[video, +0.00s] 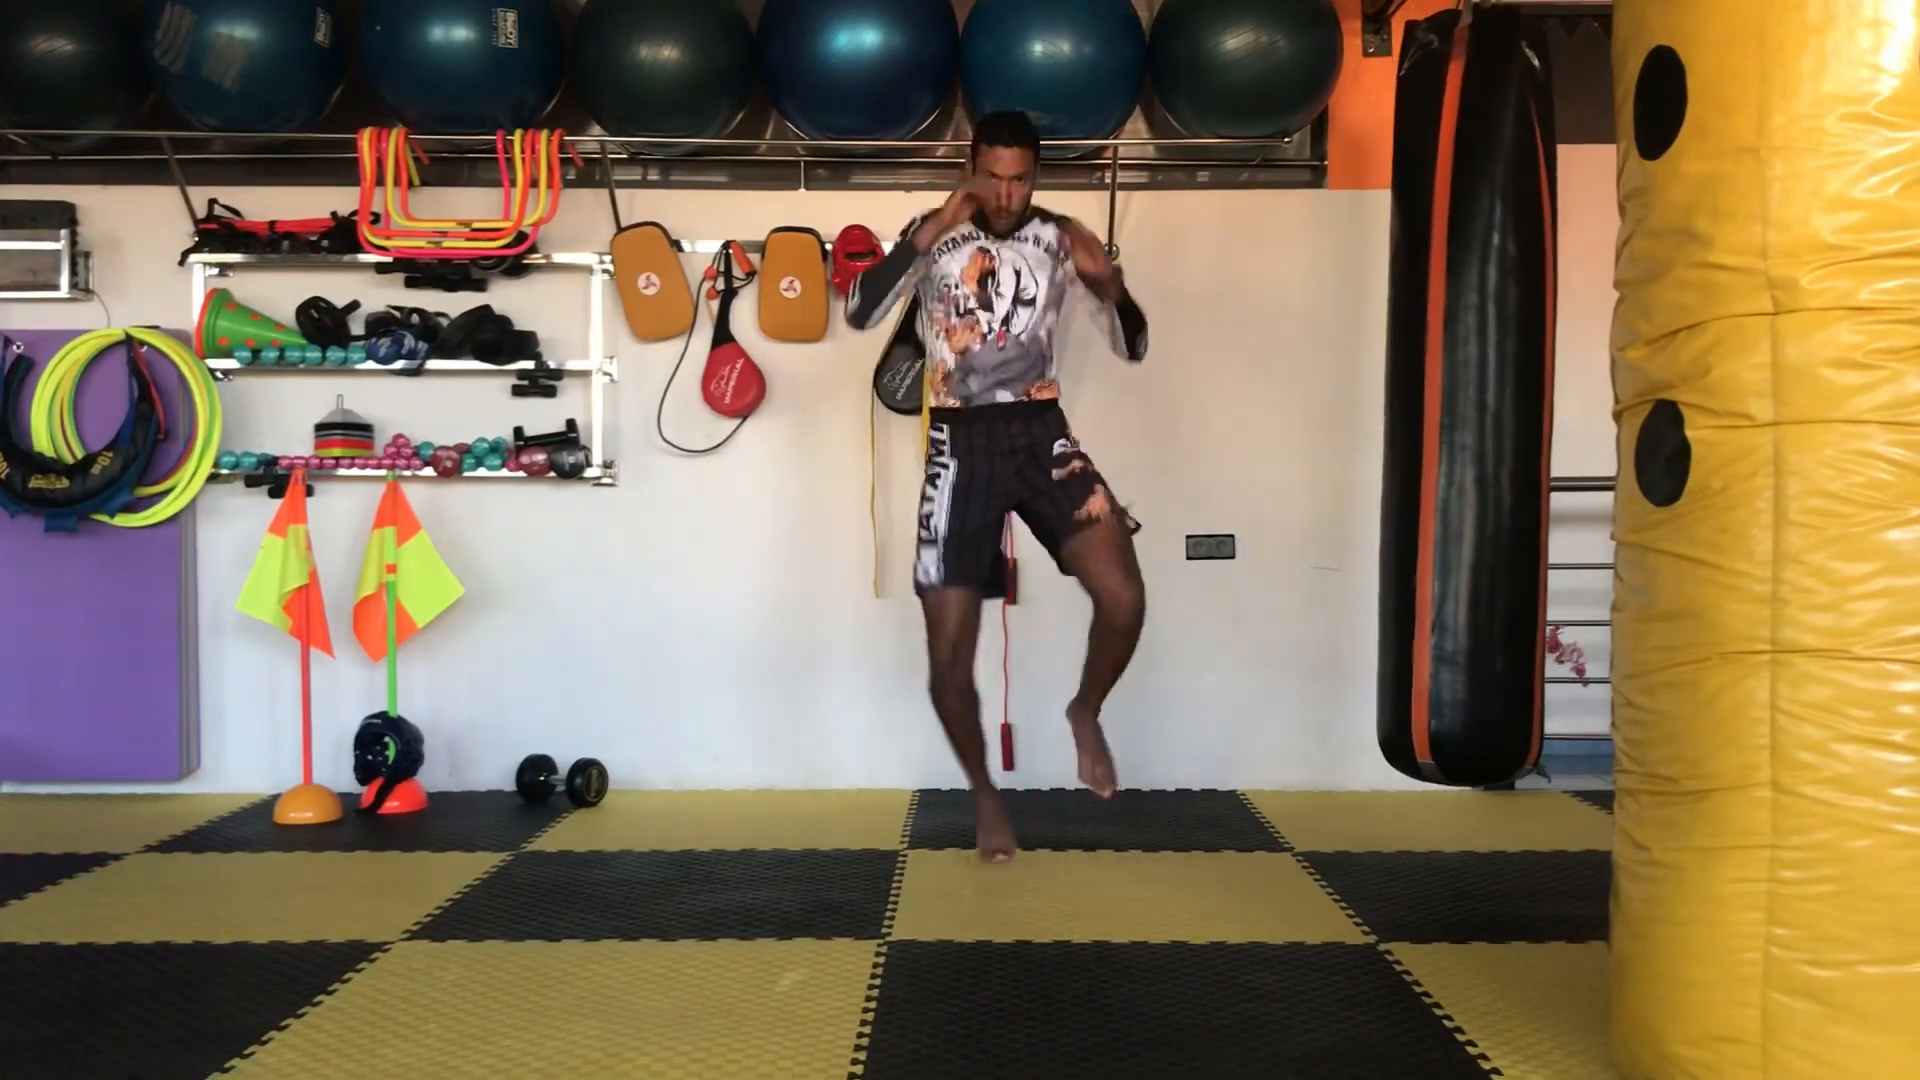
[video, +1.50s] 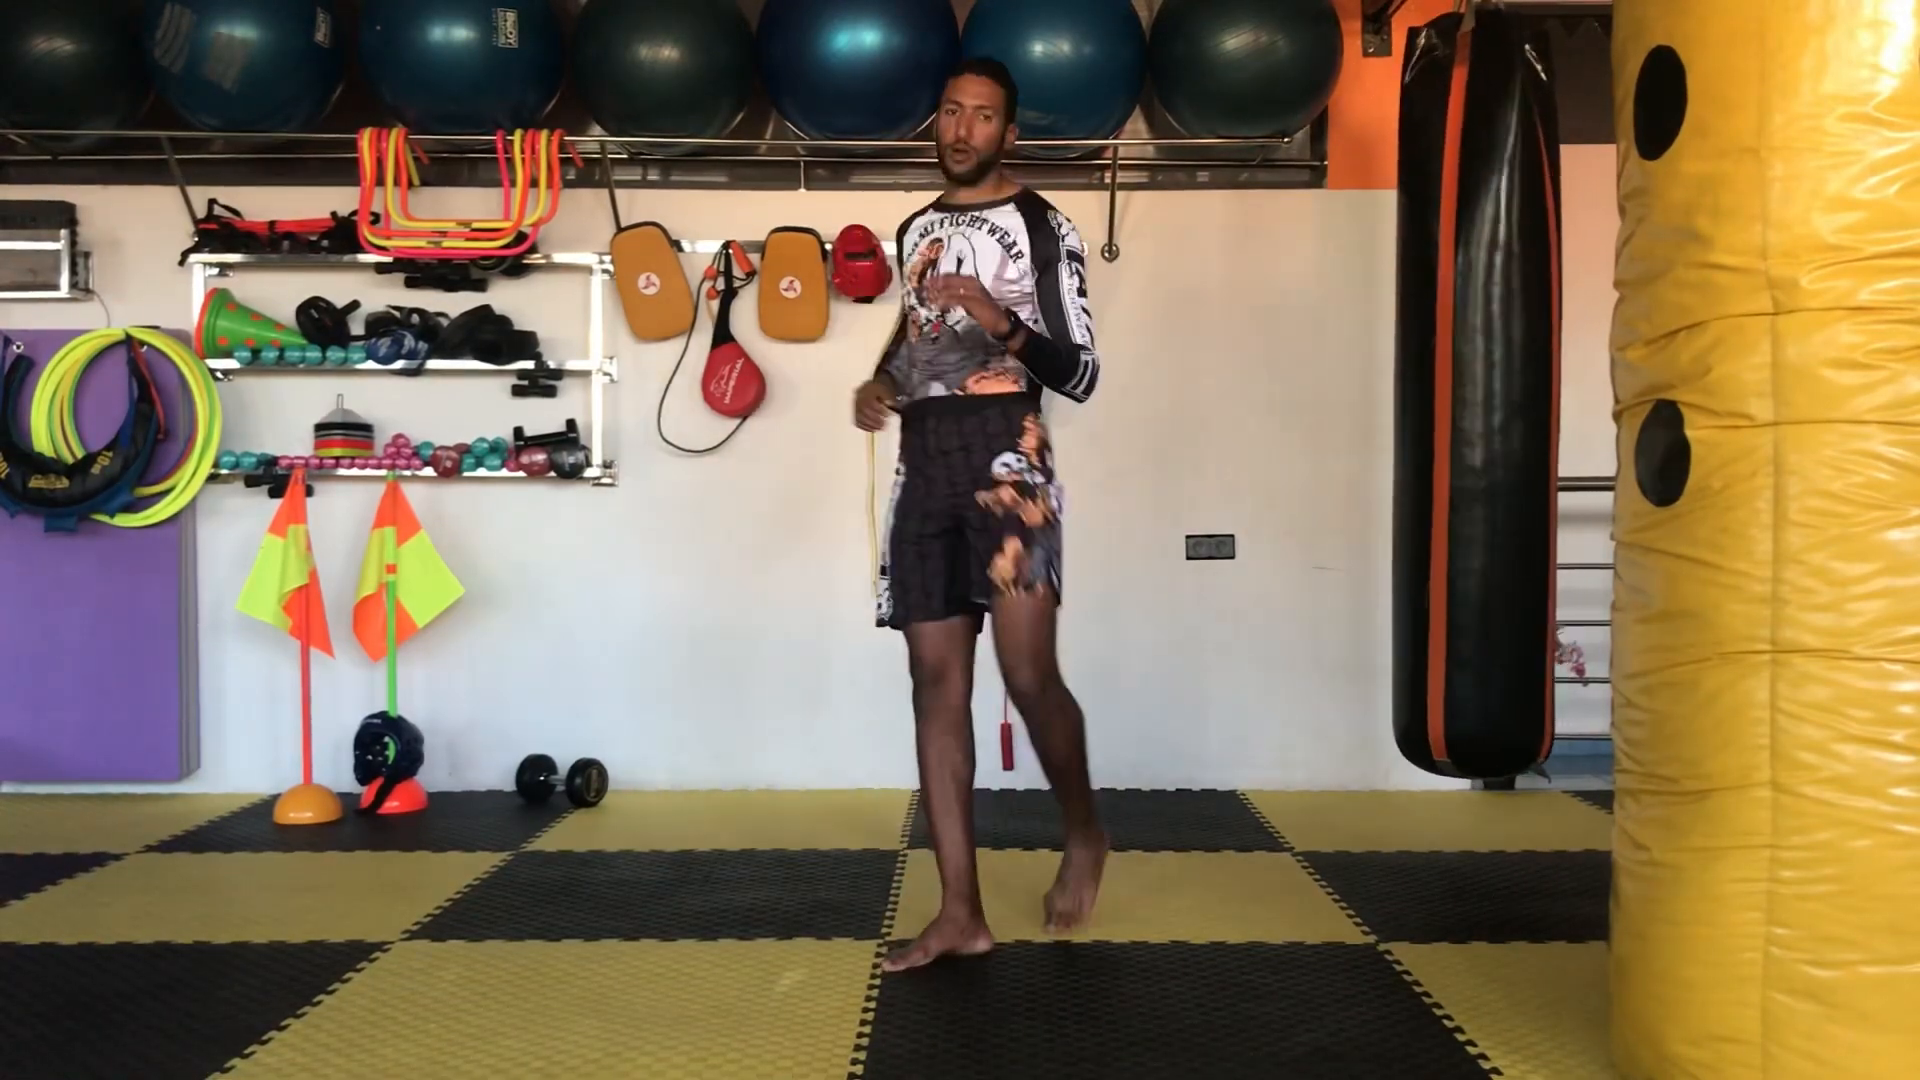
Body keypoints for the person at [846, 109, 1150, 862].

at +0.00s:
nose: (1006, 194)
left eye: (1019, 180)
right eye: (993, 180)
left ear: (1035, 176)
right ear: (971, 171)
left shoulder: (1063, 240)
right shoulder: (932, 234)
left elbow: (1132, 347)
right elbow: (862, 313)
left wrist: (1108, 285)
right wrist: (925, 236)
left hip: (1043, 436)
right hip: (959, 447)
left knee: (1125, 604)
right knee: (948, 660)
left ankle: (1084, 711)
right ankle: (984, 797)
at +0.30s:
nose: (975, 259)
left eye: (988, 244)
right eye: (963, 244)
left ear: (1014, 251)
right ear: (946, 251)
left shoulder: (1042, 316)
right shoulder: (920, 323)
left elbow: (1043, 243)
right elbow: (858, 388)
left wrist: (950, 156)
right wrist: (885, 292)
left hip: (1032, 521)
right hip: (947, 524)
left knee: (1043, 692)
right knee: (923, 679)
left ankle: (1040, 802)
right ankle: (938, 901)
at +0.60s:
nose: (965, 194)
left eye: (980, 181)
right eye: (950, 179)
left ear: (999, 179)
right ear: (928, 171)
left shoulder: (1023, 261)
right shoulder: (889, 227)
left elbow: (1055, 386)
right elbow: (888, 233)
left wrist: (1084, 393)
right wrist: (996, 216)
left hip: (988, 412)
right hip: (892, 421)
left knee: (1058, 483)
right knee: (871, 674)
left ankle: (1037, 617)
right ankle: (939, 897)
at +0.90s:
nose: (971, 192)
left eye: (987, 180)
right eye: (958, 178)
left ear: (1013, 190)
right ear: (940, 181)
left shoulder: (1027, 259)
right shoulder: (905, 234)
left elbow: (1037, 365)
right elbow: (874, 201)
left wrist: (1072, 450)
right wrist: (996, 217)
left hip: (943, 407)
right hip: (864, 438)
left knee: (952, 284)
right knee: (862, 669)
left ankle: (1034, 511)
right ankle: (932, 884)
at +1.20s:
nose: (963, 157)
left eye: (980, 143)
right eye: (952, 142)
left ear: (1011, 153)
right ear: (935, 150)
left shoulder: (1037, 249)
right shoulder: (907, 233)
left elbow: (1049, 392)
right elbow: (820, 290)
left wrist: (1015, 355)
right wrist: (895, 245)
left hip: (965, 404)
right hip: (881, 429)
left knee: (935, 450)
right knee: (900, 678)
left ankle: (1027, 652)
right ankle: (957, 906)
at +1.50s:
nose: (963, 127)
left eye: (982, 114)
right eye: (953, 110)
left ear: (1011, 129)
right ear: (936, 121)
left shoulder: (1042, 226)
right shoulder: (920, 234)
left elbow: (1080, 374)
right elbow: (916, 346)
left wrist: (994, 314)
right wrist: (880, 383)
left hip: (1006, 462)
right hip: (927, 466)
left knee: (1028, 678)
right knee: (937, 685)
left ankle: (1085, 839)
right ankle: (959, 909)